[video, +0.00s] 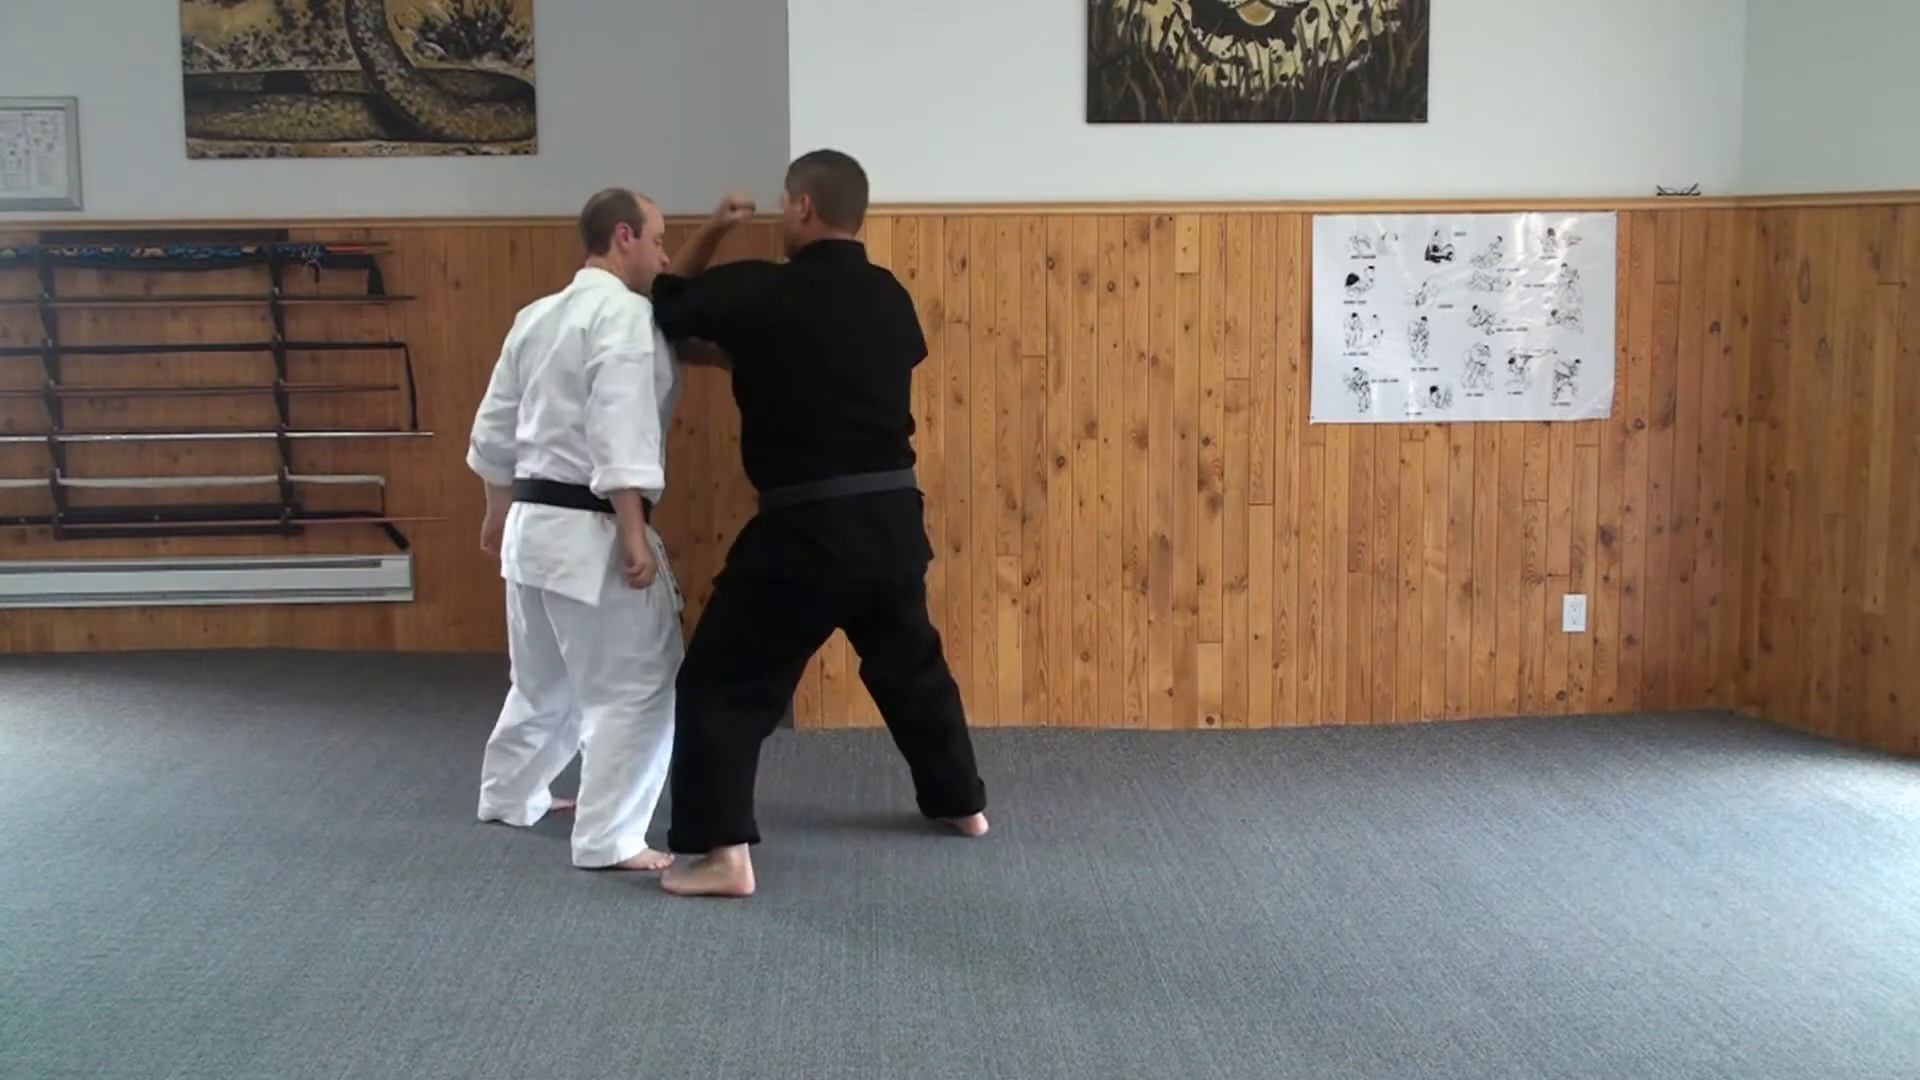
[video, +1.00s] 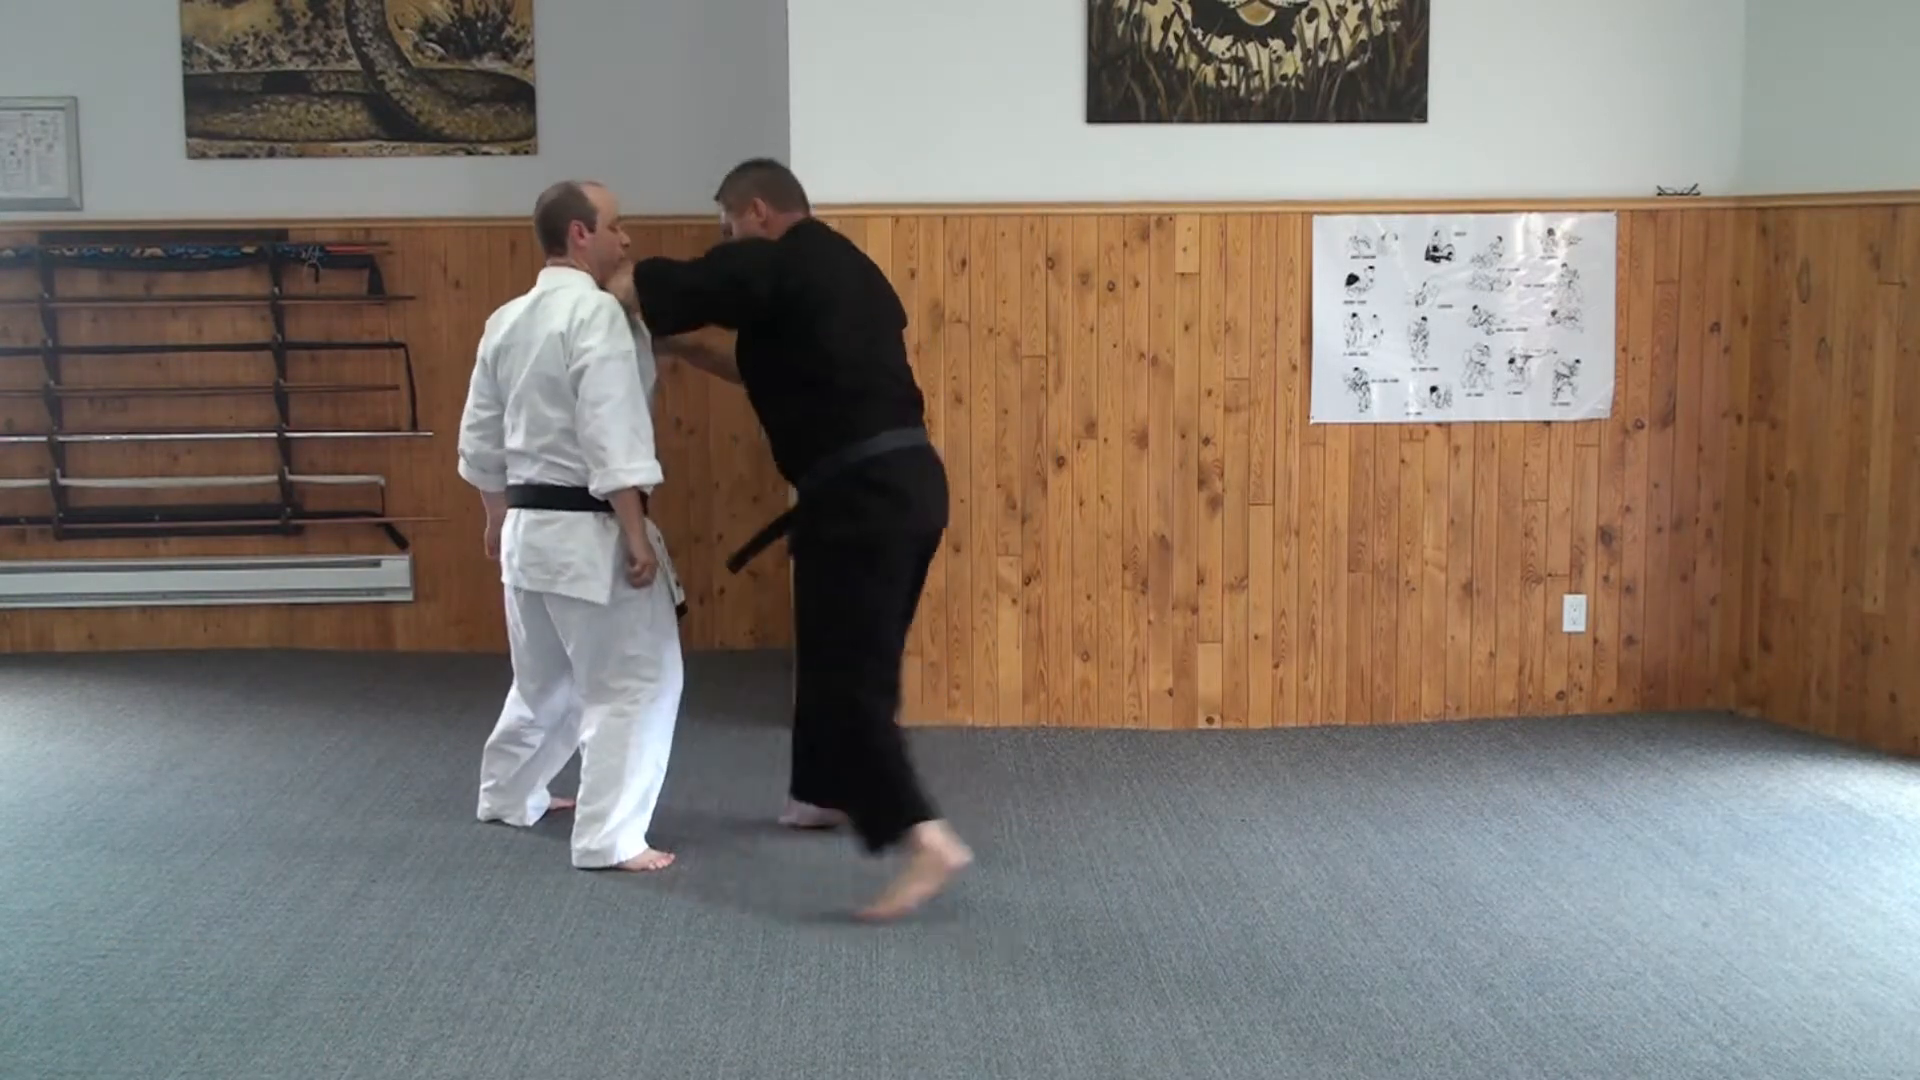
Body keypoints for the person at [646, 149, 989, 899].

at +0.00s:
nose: (781, 213)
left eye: (785, 202)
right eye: (788, 202)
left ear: (802, 209)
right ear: (858, 217)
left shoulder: (761, 292)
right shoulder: (889, 294)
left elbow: (669, 304)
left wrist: (715, 232)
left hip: (800, 528)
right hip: (893, 522)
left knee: (716, 681)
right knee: (910, 662)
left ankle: (724, 854)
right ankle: (963, 805)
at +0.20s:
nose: (793, 204)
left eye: (797, 193)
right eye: (800, 193)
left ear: (813, 200)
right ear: (872, 212)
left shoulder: (775, 283)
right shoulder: (899, 293)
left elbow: (704, 292)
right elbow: (829, 351)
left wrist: (776, 243)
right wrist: (722, 354)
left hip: (794, 521)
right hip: (886, 516)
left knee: (722, 679)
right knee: (910, 662)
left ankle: (722, 855)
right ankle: (962, 806)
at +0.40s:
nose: (792, 212)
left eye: (795, 200)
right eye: (798, 200)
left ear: (813, 203)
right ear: (869, 212)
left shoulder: (779, 281)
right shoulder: (899, 295)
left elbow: (691, 304)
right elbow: (816, 357)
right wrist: (708, 354)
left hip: (789, 522)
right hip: (882, 518)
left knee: (720, 681)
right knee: (907, 665)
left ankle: (721, 855)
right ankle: (962, 807)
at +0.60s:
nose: (782, 223)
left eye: (784, 211)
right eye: (787, 210)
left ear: (804, 214)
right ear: (857, 220)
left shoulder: (779, 289)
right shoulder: (887, 304)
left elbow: (668, 309)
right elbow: (797, 387)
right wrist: (698, 357)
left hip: (792, 531)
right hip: (879, 525)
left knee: (705, 683)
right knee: (897, 666)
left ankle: (723, 849)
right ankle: (962, 806)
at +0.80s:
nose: (756, 214)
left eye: (759, 200)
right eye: (758, 200)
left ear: (785, 197)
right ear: (828, 197)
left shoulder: (771, 268)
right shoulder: (870, 277)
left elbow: (641, 294)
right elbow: (774, 375)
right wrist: (671, 351)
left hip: (802, 509)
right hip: (878, 504)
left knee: (737, 674)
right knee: (866, 649)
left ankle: (724, 854)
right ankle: (940, 789)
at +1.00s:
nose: (730, 236)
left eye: (730, 224)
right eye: (726, 226)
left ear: (758, 212)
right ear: (791, 208)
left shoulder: (768, 261)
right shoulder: (852, 266)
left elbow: (643, 289)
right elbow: (778, 370)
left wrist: (626, 271)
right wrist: (683, 348)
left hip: (857, 492)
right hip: (907, 482)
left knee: (848, 671)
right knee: (839, 654)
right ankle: (826, 796)